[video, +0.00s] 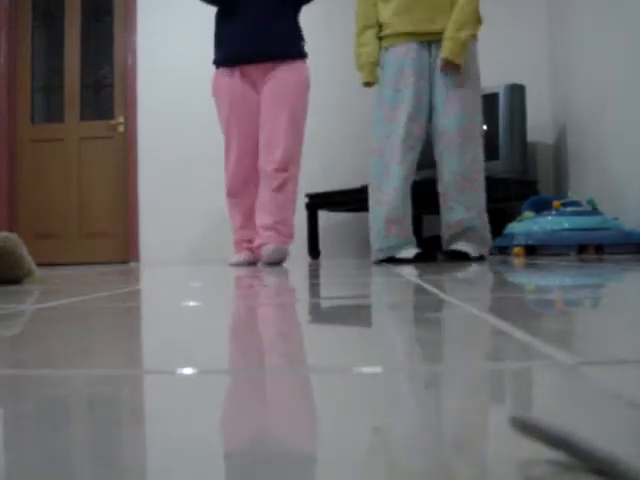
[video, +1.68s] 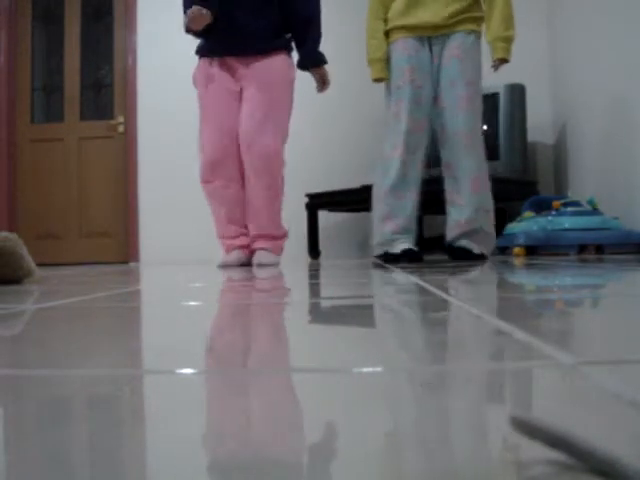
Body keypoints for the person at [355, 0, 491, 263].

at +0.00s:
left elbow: (470, 4)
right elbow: (367, 4)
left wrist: (457, 39)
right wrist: (367, 50)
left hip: (453, 37)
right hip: (399, 39)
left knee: (458, 141)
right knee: (395, 144)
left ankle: (466, 240)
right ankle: (392, 244)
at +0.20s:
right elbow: (368, 4)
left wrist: (483, 19)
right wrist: (372, 53)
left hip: (460, 26)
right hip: (405, 29)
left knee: (464, 138)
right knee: (405, 141)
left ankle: (470, 239)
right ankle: (395, 243)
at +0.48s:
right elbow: (386, 3)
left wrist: (518, 30)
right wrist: (388, 46)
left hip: (475, 33)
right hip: (421, 36)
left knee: (484, 133)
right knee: (428, 136)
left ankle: (485, 235)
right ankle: (438, 240)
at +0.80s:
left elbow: (501, 2)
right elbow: (386, 3)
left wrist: (502, 38)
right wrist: (387, 43)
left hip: (473, 22)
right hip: (417, 24)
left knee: (474, 129)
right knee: (424, 129)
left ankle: (475, 237)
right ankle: (400, 236)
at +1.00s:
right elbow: (370, 3)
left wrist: (486, 28)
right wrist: (369, 48)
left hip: (455, 27)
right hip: (399, 28)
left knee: (449, 134)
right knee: (393, 133)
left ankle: (445, 240)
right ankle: (384, 238)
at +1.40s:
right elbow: (385, 4)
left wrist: (492, 33)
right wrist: (388, 53)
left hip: (471, 29)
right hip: (416, 32)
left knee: (481, 136)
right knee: (414, 138)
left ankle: (481, 236)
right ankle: (413, 241)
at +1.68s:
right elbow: (378, 4)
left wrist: (500, 33)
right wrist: (376, 52)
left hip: (460, 21)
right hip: (405, 23)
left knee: (462, 131)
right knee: (405, 133)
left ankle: (469, 237)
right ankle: (396, 240)